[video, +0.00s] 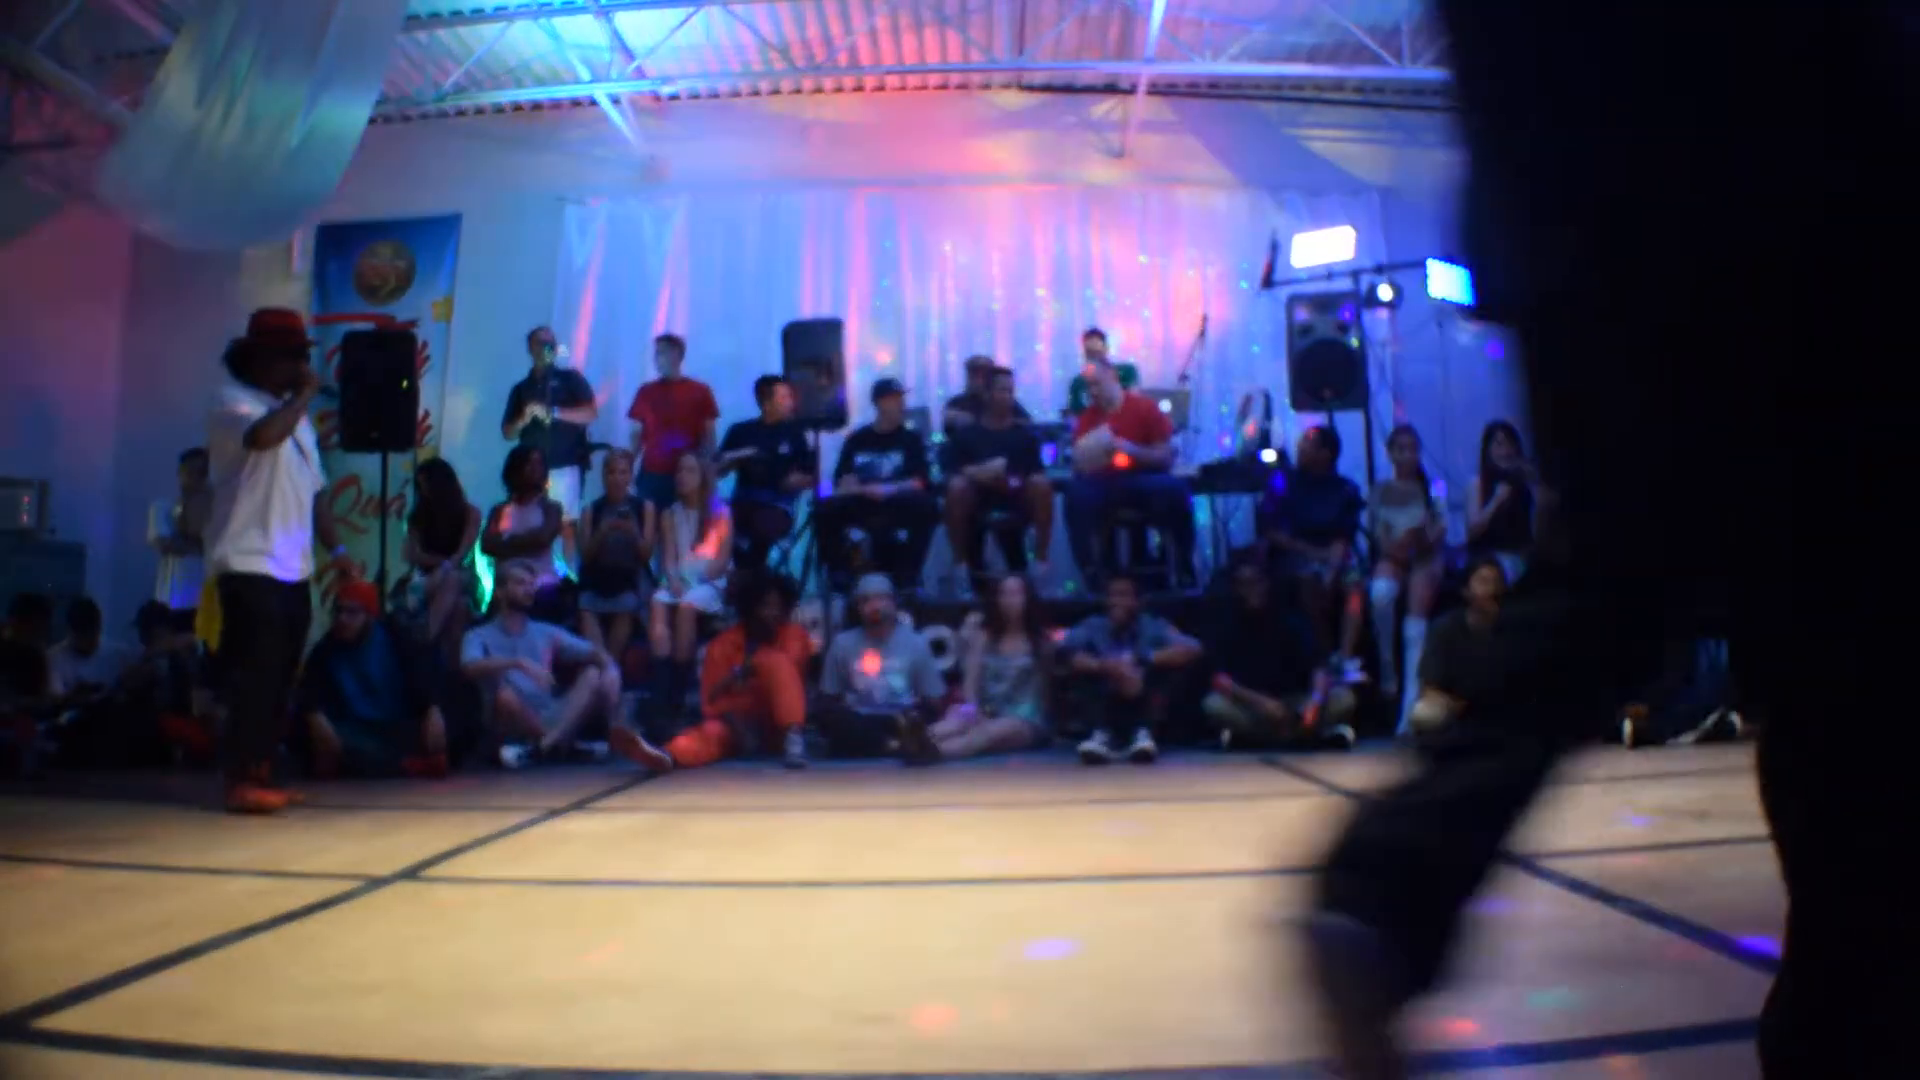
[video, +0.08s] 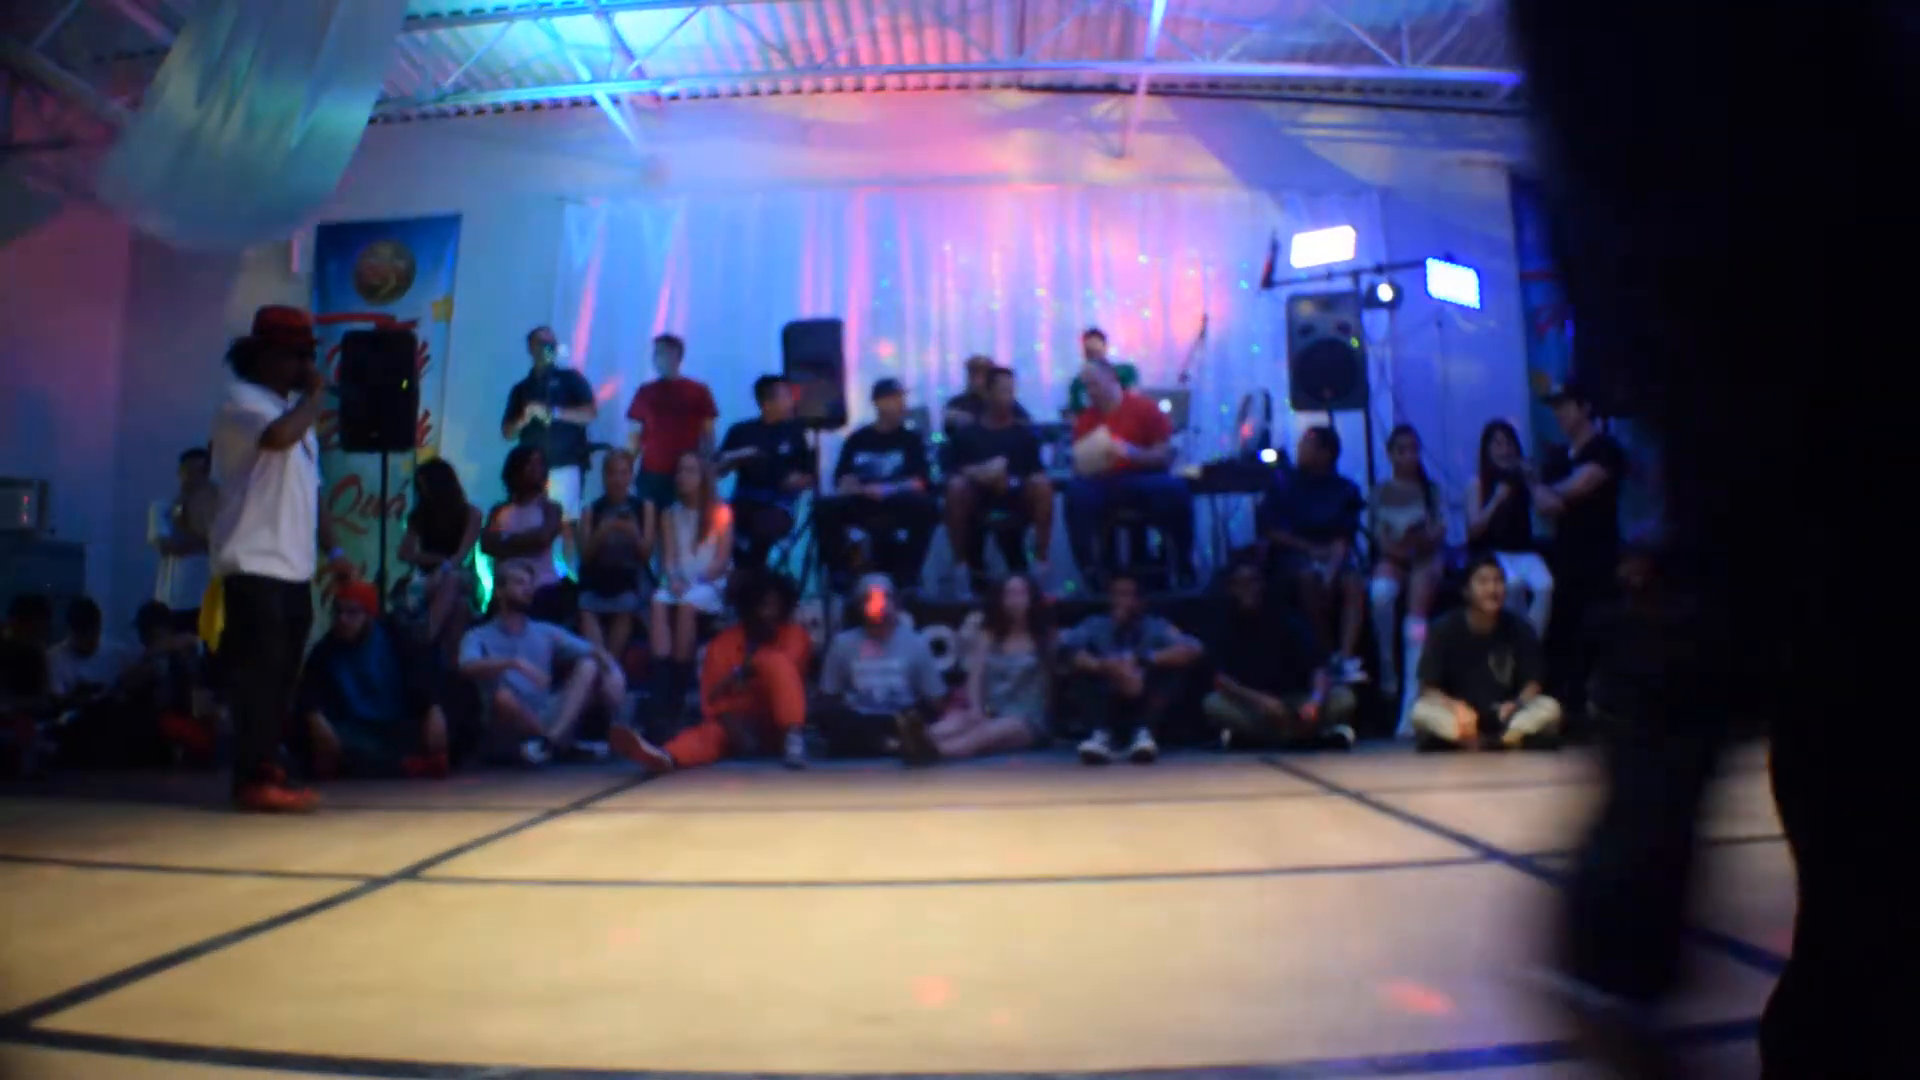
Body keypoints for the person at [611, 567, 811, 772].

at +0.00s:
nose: (772, 614)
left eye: (779, 607)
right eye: (765, 606)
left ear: (786, 610)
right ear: (749, 608)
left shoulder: (796, 638)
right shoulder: (723, 646)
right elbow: (711, 707)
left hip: (776, 720)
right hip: (736, 722)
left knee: (774, 660)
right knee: (711, 735)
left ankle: (793, 739)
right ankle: (668, 756)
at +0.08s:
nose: (768, 613)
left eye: (775, 606)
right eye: (762, 605)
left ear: (785, 610)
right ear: (747, 608)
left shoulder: (795, 638)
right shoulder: (723, 645)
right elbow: (711, 706)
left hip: (774, 721)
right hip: (736, 722)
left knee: (774, 661)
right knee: (709, 736)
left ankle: (794, 740)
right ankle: (668, 756)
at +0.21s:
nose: (766, 611)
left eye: (773, 604)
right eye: (761, 603)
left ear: (783, 609)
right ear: (748, 606)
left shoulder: (795, 638)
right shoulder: (725, 644)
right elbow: (711, 703)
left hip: (776, 722)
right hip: (737, 722)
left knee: (775, 660)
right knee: (710, 736)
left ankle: (794, 737)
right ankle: (670, 756)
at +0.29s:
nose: (765, 611)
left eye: (772, 604)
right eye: (760, 603)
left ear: (783, 609)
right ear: (749, 606)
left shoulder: (793, 637)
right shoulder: (724, 646)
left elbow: (787, 666)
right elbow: (712, 705)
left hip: (774, 717)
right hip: (737, 721)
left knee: (777, 662)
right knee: (712, 735)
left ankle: (793, 736)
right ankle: (670, 755)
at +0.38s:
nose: (765, 611)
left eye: (772, 604)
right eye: (760, 603)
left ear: (784, 610)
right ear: (749, 606)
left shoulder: (794, 637)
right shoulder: (725, 645)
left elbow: (786, 667)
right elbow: (712, 704)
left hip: (775, 718)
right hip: (737, 720)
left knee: (778, 660)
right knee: (711, 734)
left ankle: (795, 736)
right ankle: (671, 755)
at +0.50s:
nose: (764, 611)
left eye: (770, 604)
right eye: (758, 603)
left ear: (782, 607)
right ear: (747, 606)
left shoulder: (794, 636)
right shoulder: (727, 643)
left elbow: (788, 666)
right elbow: (714, 704)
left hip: (775, 718)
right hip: (739, 720)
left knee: (780, 660)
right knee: (714, 734)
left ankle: (795, 738)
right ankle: (673, 756)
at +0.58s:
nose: (764, 610)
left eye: (771, 603)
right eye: (758, 602)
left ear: (782, 607)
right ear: (747, 605)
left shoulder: (793, 636)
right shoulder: (727, 644)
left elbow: (787, 668)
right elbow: (713, 704)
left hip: (775, 718)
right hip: (738, 720)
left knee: (779, 660)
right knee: (713, 733)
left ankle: (795, 738)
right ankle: (672, 755)